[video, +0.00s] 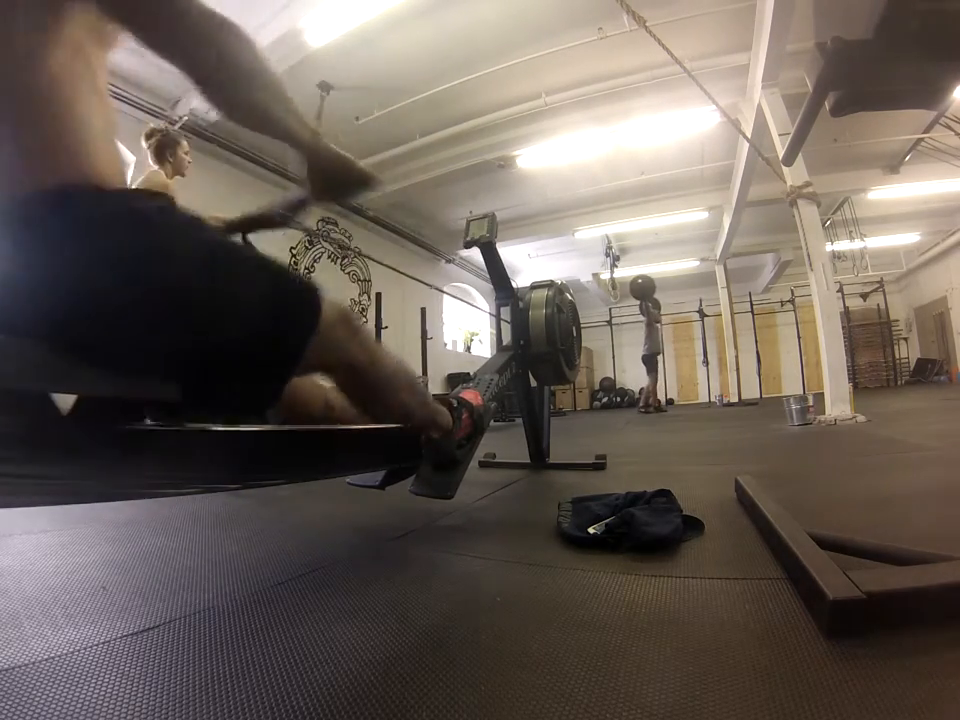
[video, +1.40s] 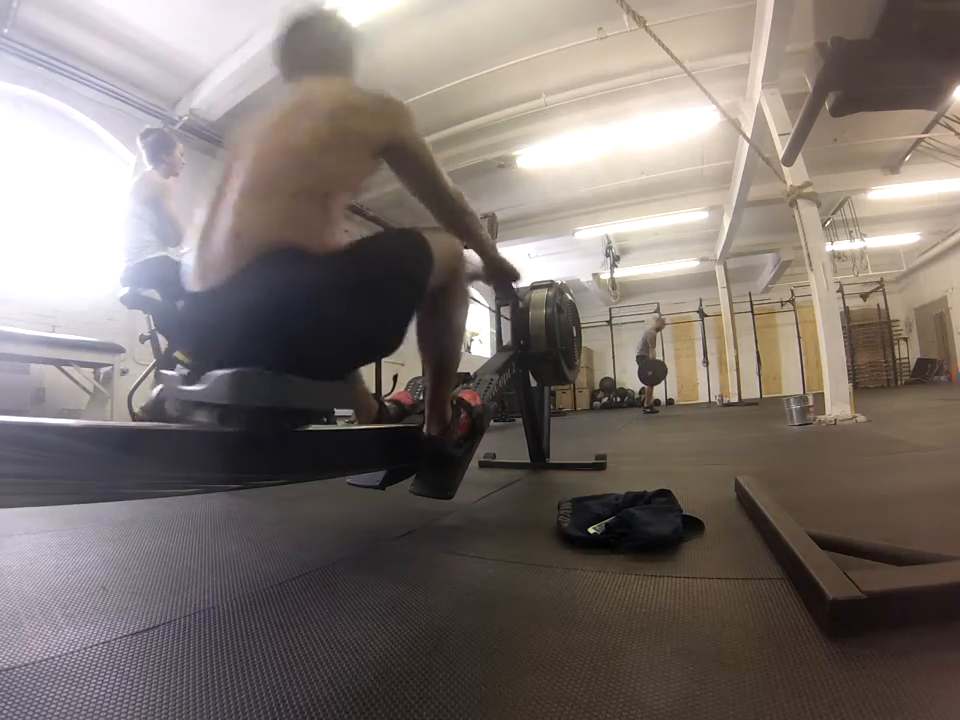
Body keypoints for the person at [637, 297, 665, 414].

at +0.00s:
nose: (659, 315)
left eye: (658, 313)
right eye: (657, 312)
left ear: (654, 312)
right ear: (651, 312)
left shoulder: (653, 324)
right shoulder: (649, 323)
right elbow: (647, 311)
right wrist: (645, 300)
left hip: (652, 354)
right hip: (649, 354)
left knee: (653, 381)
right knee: (652, 381)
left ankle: (654, 404)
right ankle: (644, 404)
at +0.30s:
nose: (646, 319)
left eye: (645, 318)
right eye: (644, 318)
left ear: (644, 318)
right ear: (640, 318)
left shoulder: (646, 329)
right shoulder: (638, 330)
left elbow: (656, 327)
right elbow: (641, 320)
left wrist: (656, 313)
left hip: (649, 355)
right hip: (643, 355)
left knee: (652, 380)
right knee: (646, 380)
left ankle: (655, 403)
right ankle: (641, 404)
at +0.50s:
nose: (642, 320)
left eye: (642, 318)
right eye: (640, 318)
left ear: (640, 318)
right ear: (636, 318)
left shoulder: (641, 330)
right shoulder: (634, 330)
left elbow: (644, 344)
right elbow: (635, 344)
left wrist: (650, 350)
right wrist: (644, 351)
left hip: (645, 355)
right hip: (639, 355)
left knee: (649, 379)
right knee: (642, 380)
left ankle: (651, 403)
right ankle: (640, 404)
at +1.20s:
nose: (656, 327)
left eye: (657, 325)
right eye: (655, 325)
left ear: (650, 322)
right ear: (651, 322)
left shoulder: (645, 330)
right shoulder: (645, 330)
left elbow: (649, 346)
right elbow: (648, 345)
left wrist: (654, 357)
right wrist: (655, 357)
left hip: (642, 356)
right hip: (639, 356)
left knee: (648, 380)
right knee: (647, 380)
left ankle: (647, 404)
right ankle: (646, 405)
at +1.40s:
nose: (663, 328)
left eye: (663, 326)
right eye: (662, 325)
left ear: (657, 324)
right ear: (657, 323)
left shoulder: (651, 332)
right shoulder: (651, 332)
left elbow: (651, 348)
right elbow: (652, 348)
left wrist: (653, 361)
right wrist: (653, 362)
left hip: (644, 357)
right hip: (642, 357)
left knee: (650, 381)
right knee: (649, 382)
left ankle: (648, 404)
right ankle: (647, 405)